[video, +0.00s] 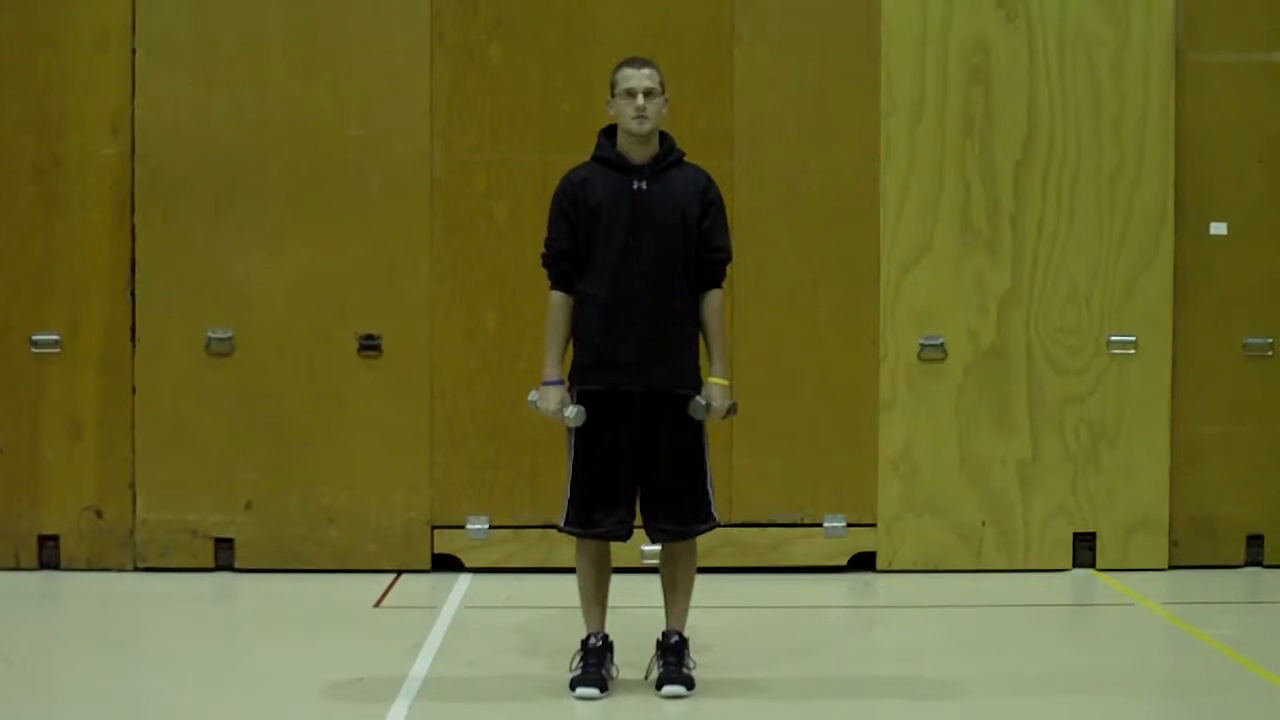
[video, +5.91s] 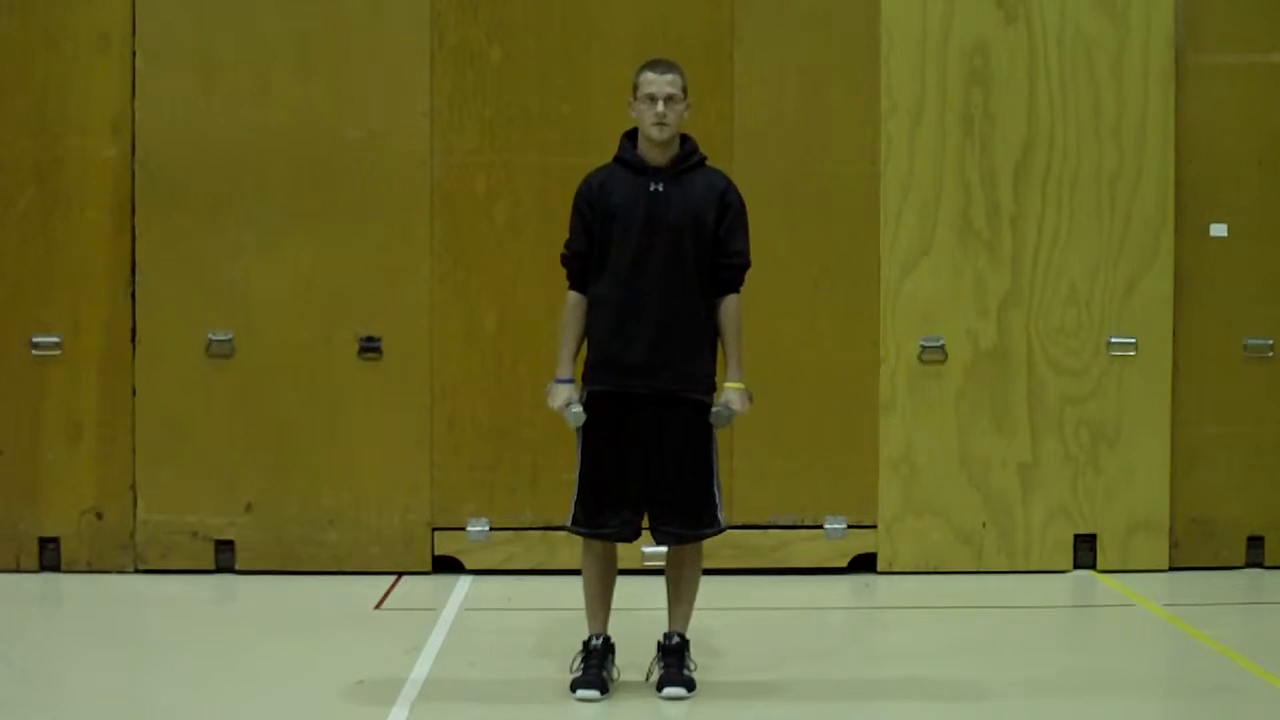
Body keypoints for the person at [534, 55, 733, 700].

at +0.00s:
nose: (641, 105)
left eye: (651, 95)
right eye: (630, 95)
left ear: (666, 105)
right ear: (611, 105)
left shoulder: (696, 186)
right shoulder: (579, 186)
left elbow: (711, 287)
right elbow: (561, 288)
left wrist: (719, 374)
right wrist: (552, 376)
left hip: (674, 382)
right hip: (598, 382)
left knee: (678, 522)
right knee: (593, 520)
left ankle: (674, 646)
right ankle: (594, 646)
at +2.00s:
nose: (642, 106)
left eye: (652, 97)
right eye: (631, 96)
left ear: (665, 110)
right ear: (610, 106)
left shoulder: (695, 189)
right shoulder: (577, 189)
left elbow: (710, 289)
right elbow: (561, 292)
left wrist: (715, 376)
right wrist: (558, 381)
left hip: (673, 385)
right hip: (596, 385)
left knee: (677, 524)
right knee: (591, 523)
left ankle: (673, 648)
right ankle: (593, 648)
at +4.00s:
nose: (644, 107)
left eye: (654, 98)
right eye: (633, 97)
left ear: (667, 110)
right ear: (611, 107)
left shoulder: (694, 188)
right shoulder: (579, 188)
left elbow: (710, 287)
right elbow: (560, 290)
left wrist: (720, 370)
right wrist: (554, 377)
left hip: (674, 383)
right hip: (598, 384)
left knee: (678, 523)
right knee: (593, 522)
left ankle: (673, 648)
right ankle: (594, 647)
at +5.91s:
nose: (661, 109)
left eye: (672, 99)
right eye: (651, 99)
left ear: (688, 109)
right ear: (632, 108)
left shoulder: (716, 191)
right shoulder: (599, 188)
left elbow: (728, 293)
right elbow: (579, 288)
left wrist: (733, 379)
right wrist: (563, 373)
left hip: (686, 386)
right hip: (611, 383)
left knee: (685, 524)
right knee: (600, 521)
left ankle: (675, 648)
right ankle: (596, 646)